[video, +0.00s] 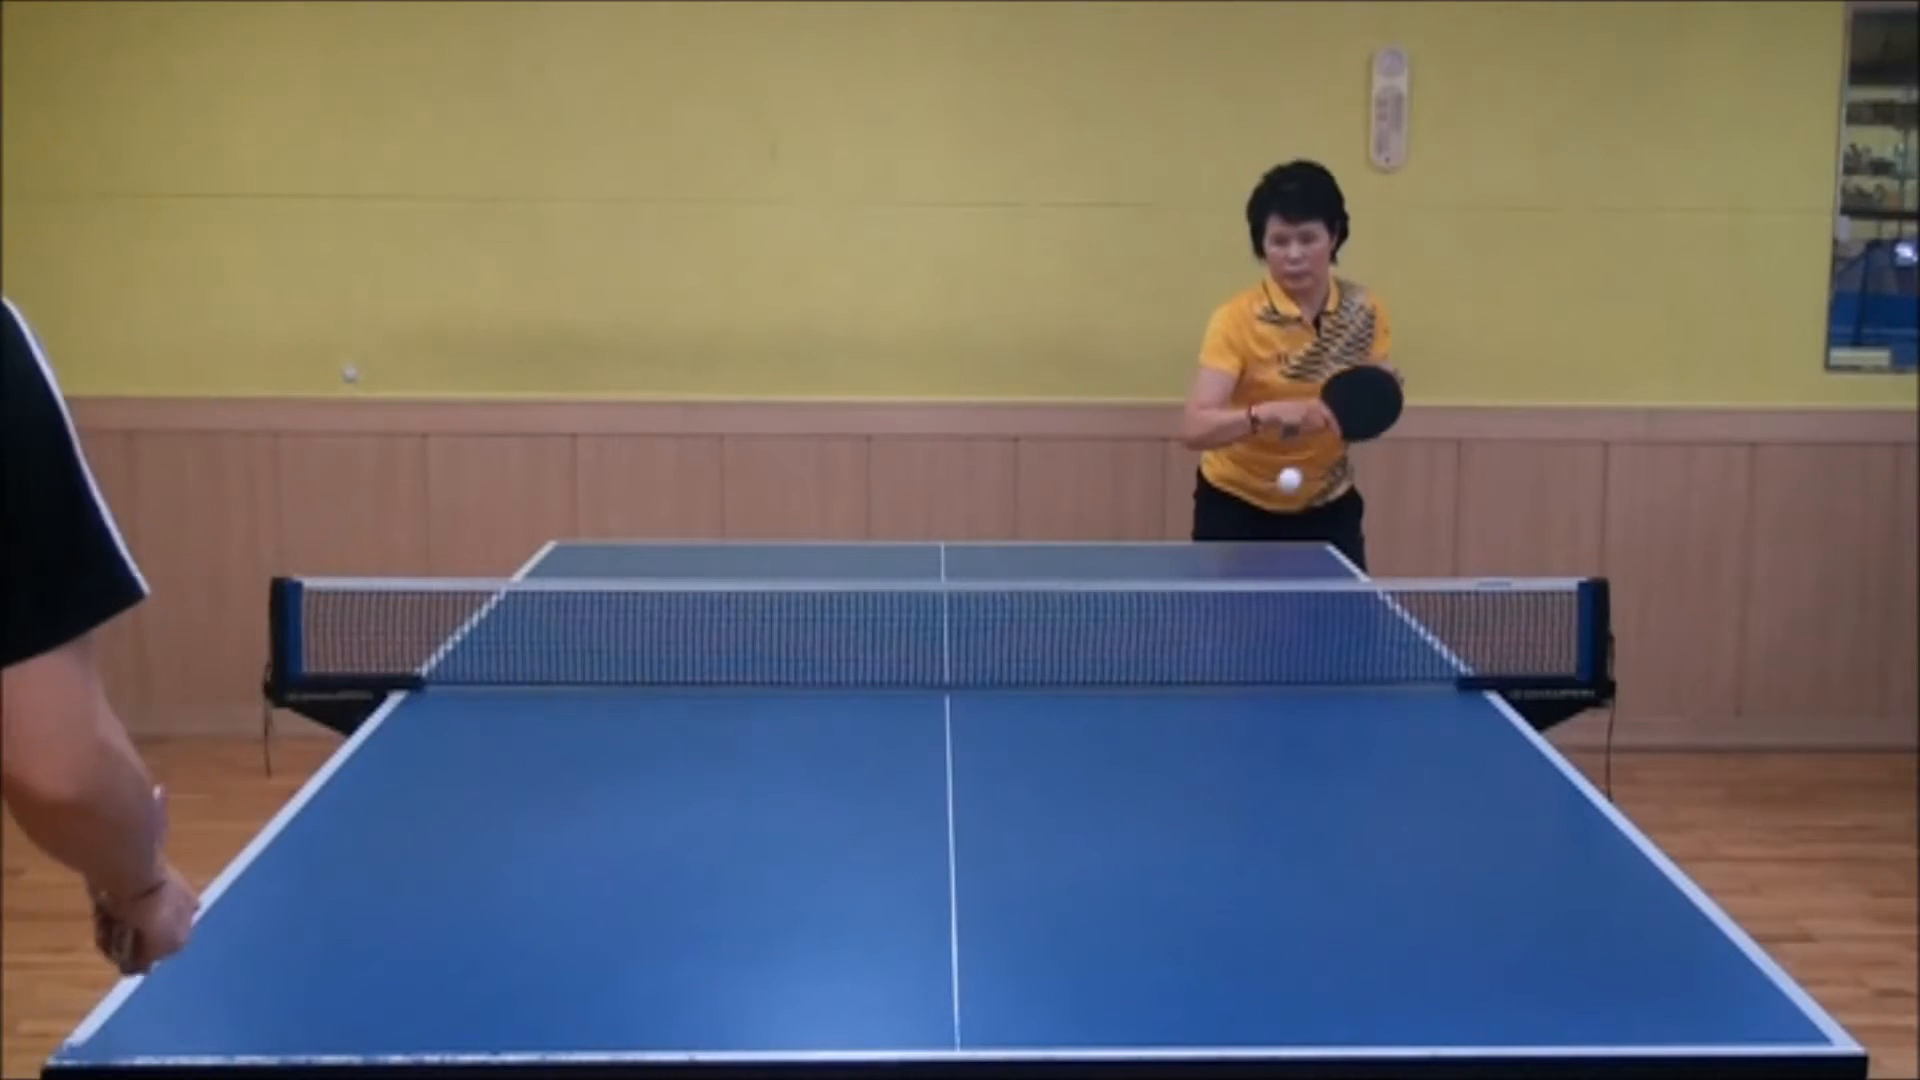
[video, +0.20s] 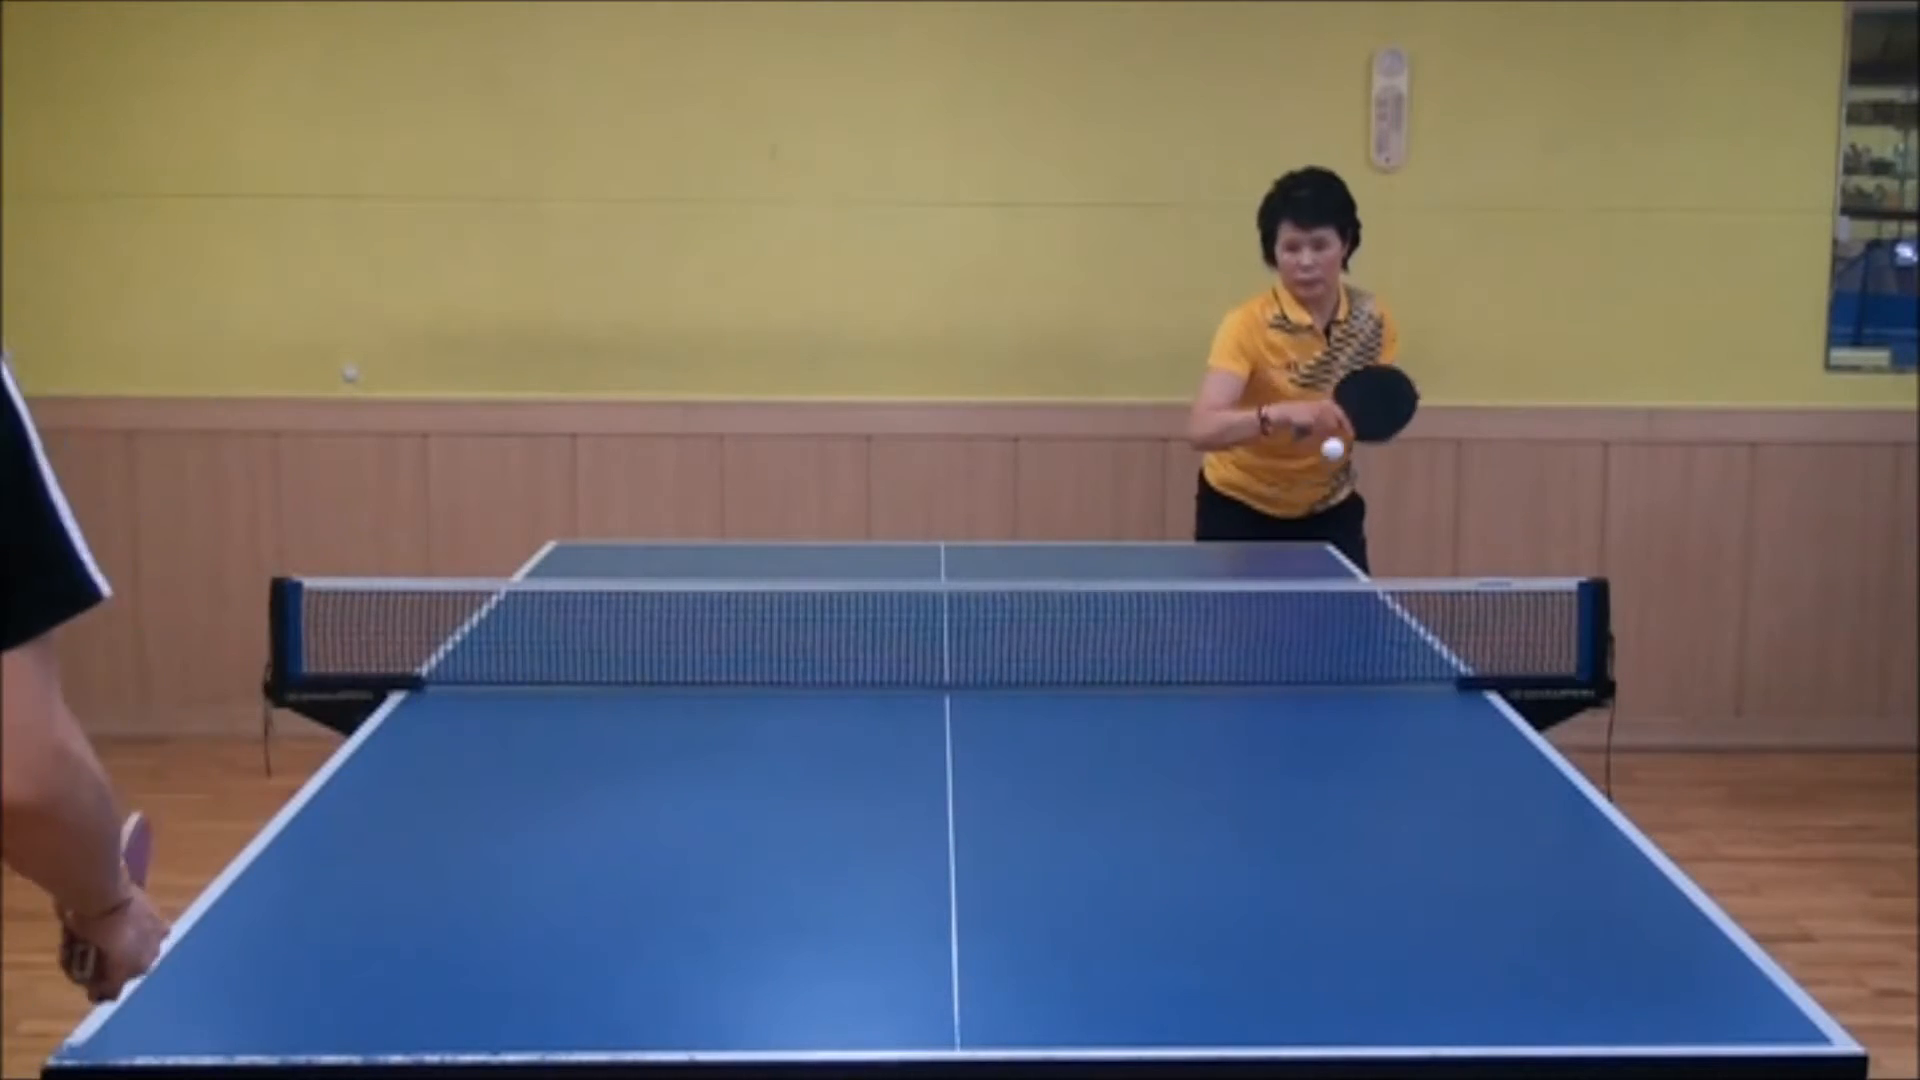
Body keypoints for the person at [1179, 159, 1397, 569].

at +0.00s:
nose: (1294, 255)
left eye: (1308, 239)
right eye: (1280, 241)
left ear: (1335, 238)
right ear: (1260, 245)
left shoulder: (1364, 314)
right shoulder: (1236, 321)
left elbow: (1370, 393)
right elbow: (1195, 428)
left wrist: (1381, 386)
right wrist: (1263, 416)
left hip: (1327, 508)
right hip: (1237, 508)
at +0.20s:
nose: (1306, 261)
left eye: (1320, 246)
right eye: (1292, 248)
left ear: (1346, 246)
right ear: (1272, 253)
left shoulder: (1371, 321)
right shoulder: (1247, 326)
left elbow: (1376, 400)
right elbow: (1203, 429)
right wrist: (1280, 415)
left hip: (1330, 509)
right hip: (1241, 508)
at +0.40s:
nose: (1309, 267)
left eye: (1324, 251)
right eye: (1295, 253)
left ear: (1350, 251)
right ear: (1275, 257)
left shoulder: (1375, 328)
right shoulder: (1251, 330)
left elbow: (1372, 413)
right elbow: (1207, 430)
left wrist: (1398, 409)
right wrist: (1281, 425)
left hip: (1330, 515)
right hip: (1241, 514)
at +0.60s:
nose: (1314, 278)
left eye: (1328, 262)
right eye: (1299, 264)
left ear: (1355, 264)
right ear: (1280, 271)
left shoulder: (1375, 343)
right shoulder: (1257, 345)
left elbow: (1374, 445)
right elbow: (1218, 435)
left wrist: (1397, 433)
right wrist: (1258, 461)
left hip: (1329, 520)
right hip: (1244, 520)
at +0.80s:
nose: (1314, 282)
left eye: (1328, 267)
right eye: (1299, 270)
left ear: (1356, 270)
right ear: (1281, 277)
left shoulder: (1373, 347)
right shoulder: (1259, 353)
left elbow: (1375, 451)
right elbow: (1222, 438)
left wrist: (1397, 435)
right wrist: (1244, 466)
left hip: (1330, 527)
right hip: (1243, 528)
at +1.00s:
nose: (1312, 289)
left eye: (1327, 274)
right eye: (1298, 276)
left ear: (1355, 278)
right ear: (1280, 285)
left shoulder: (1373, 357)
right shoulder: (1258, 360)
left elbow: (1374, 460)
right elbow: (1213, 444)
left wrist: (1399, 441)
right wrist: (1233, 473)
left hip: (1328, 537)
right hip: (1239, 535)